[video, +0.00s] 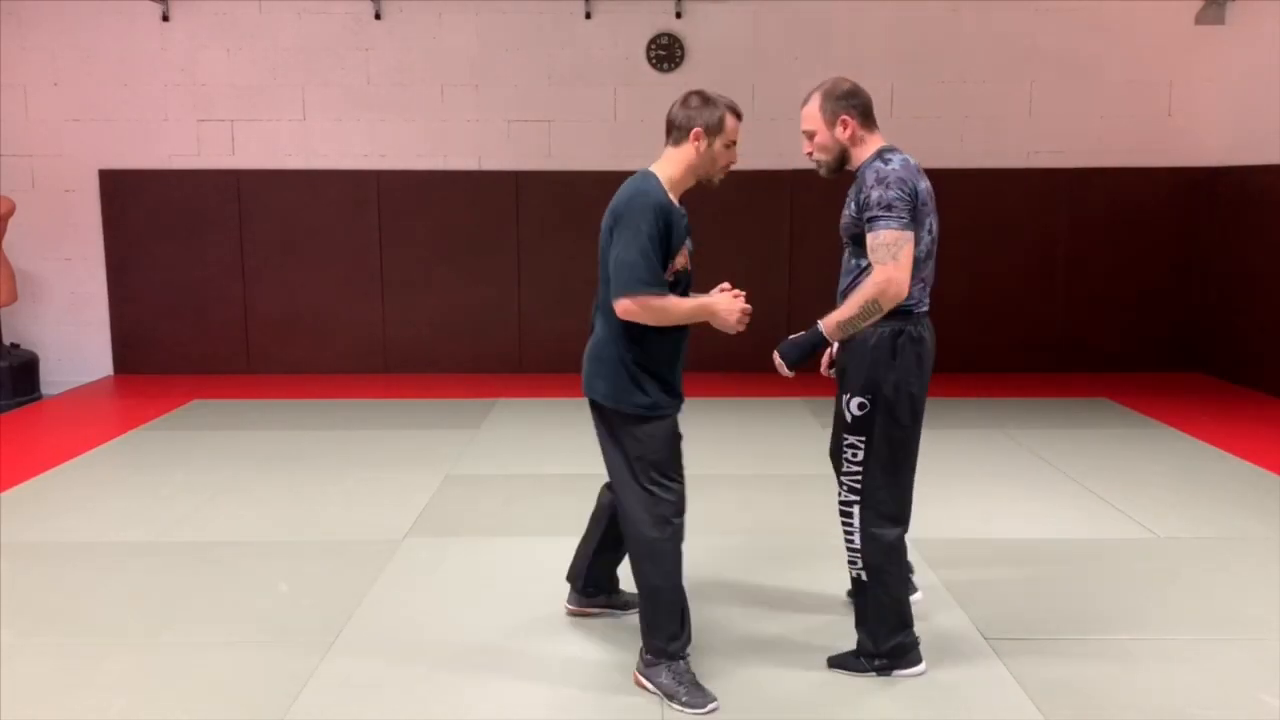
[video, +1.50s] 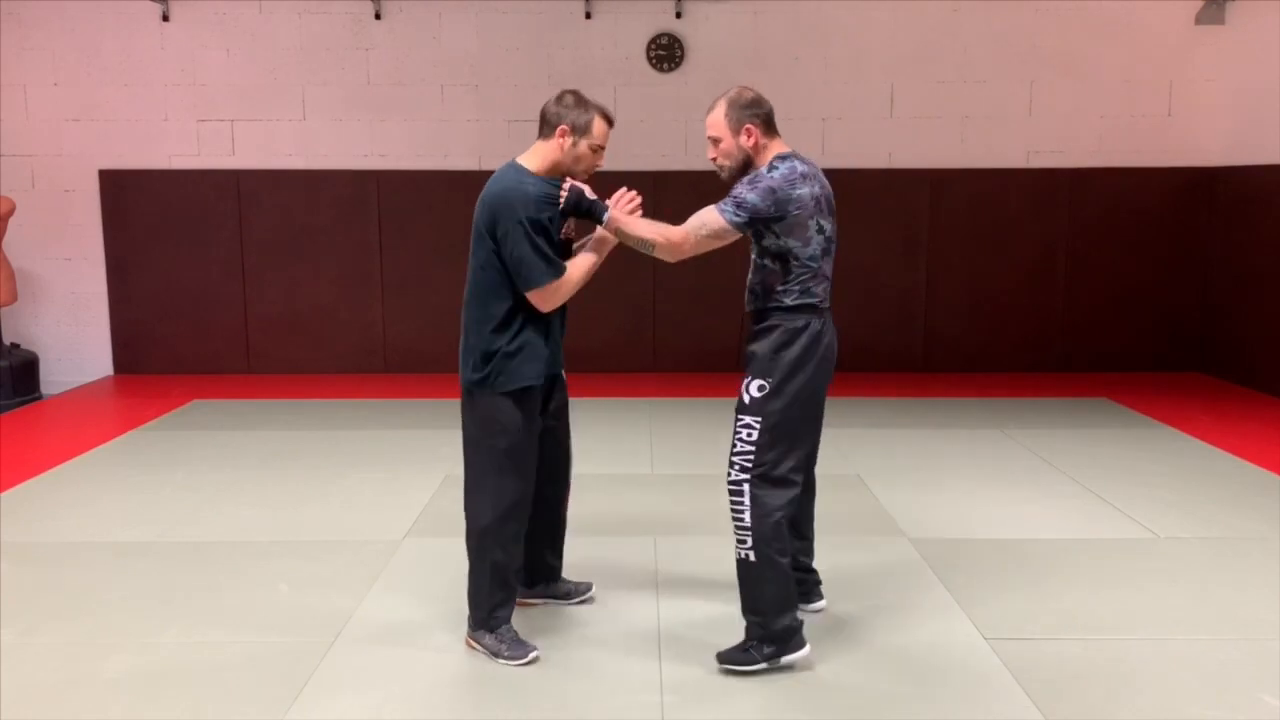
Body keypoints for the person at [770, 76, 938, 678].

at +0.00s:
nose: (807, 146)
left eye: (812, 133)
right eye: (806, 134)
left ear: (848, 126)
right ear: (850, 127)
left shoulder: (884, 179)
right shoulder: (879, 174)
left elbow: (890, 281)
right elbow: (883, 278)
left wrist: (810, 336)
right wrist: (840, 338)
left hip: (886, 346)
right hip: (882, 343)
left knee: (865, 491)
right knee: (868, 481)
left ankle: (888, 645)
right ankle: (888, 584)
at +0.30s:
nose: (794, 149)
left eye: (800, 136)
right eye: (792, 137)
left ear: (837, 131)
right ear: (837, 132)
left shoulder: (881, 179)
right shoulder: (857, 180)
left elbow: (898, 281)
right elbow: (867, 278)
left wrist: (828, 345)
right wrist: (825, 344)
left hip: (872, 345)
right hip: (857, 341)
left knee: (830, 487)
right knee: (842, 478)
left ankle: (880, 631)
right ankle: (855, 585)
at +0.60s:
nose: (780, 146)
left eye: (786, 134)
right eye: (777, 134)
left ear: (823, 128)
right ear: (822, 130)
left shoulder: (864, 181)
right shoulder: (837, 180)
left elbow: (836, 281)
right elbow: (824, 274)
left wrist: (738, 288)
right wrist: (782, 331)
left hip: (848, 343)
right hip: (835, 339)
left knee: (817, 490)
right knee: (850, 474)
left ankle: (808, 642)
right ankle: (865, 587)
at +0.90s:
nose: (748, 148)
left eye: (752, 135)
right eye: (746, 136)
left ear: (786, 128)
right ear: (795, 128)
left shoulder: (812, 183)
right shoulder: (844, 173)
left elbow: (728, 264)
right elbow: (825, 271)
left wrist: (653, 232)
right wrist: (790, 332)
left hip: (815, 343)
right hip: (835, 338)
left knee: (797, 491)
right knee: (822, 471)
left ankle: (808, 642)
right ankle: (850, 573)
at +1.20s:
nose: (719, 153)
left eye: (722, 141)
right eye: (717, 142)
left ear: (754, 132)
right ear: (771, 131)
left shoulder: (764, 186)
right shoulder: (834, 180)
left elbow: (670, 250)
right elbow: (848, 274)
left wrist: (587, 242)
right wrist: (825, 333)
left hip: (793, 343)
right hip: (828, 339)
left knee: (783, 488)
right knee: (807, 475)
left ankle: (808, 643)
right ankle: (799, 576)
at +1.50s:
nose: (710, 153)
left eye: (716, 141)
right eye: (709, 141)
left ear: (751, 134)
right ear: (758, 135)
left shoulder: (776, 186)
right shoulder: (804, 177)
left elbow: (676, 244)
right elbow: (693, 240)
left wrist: (597, 209)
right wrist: (611, 220)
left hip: (786, 340)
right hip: (805, 336)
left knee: (752, 478)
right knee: (790, 470)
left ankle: (773, 633)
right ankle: (799, 584)